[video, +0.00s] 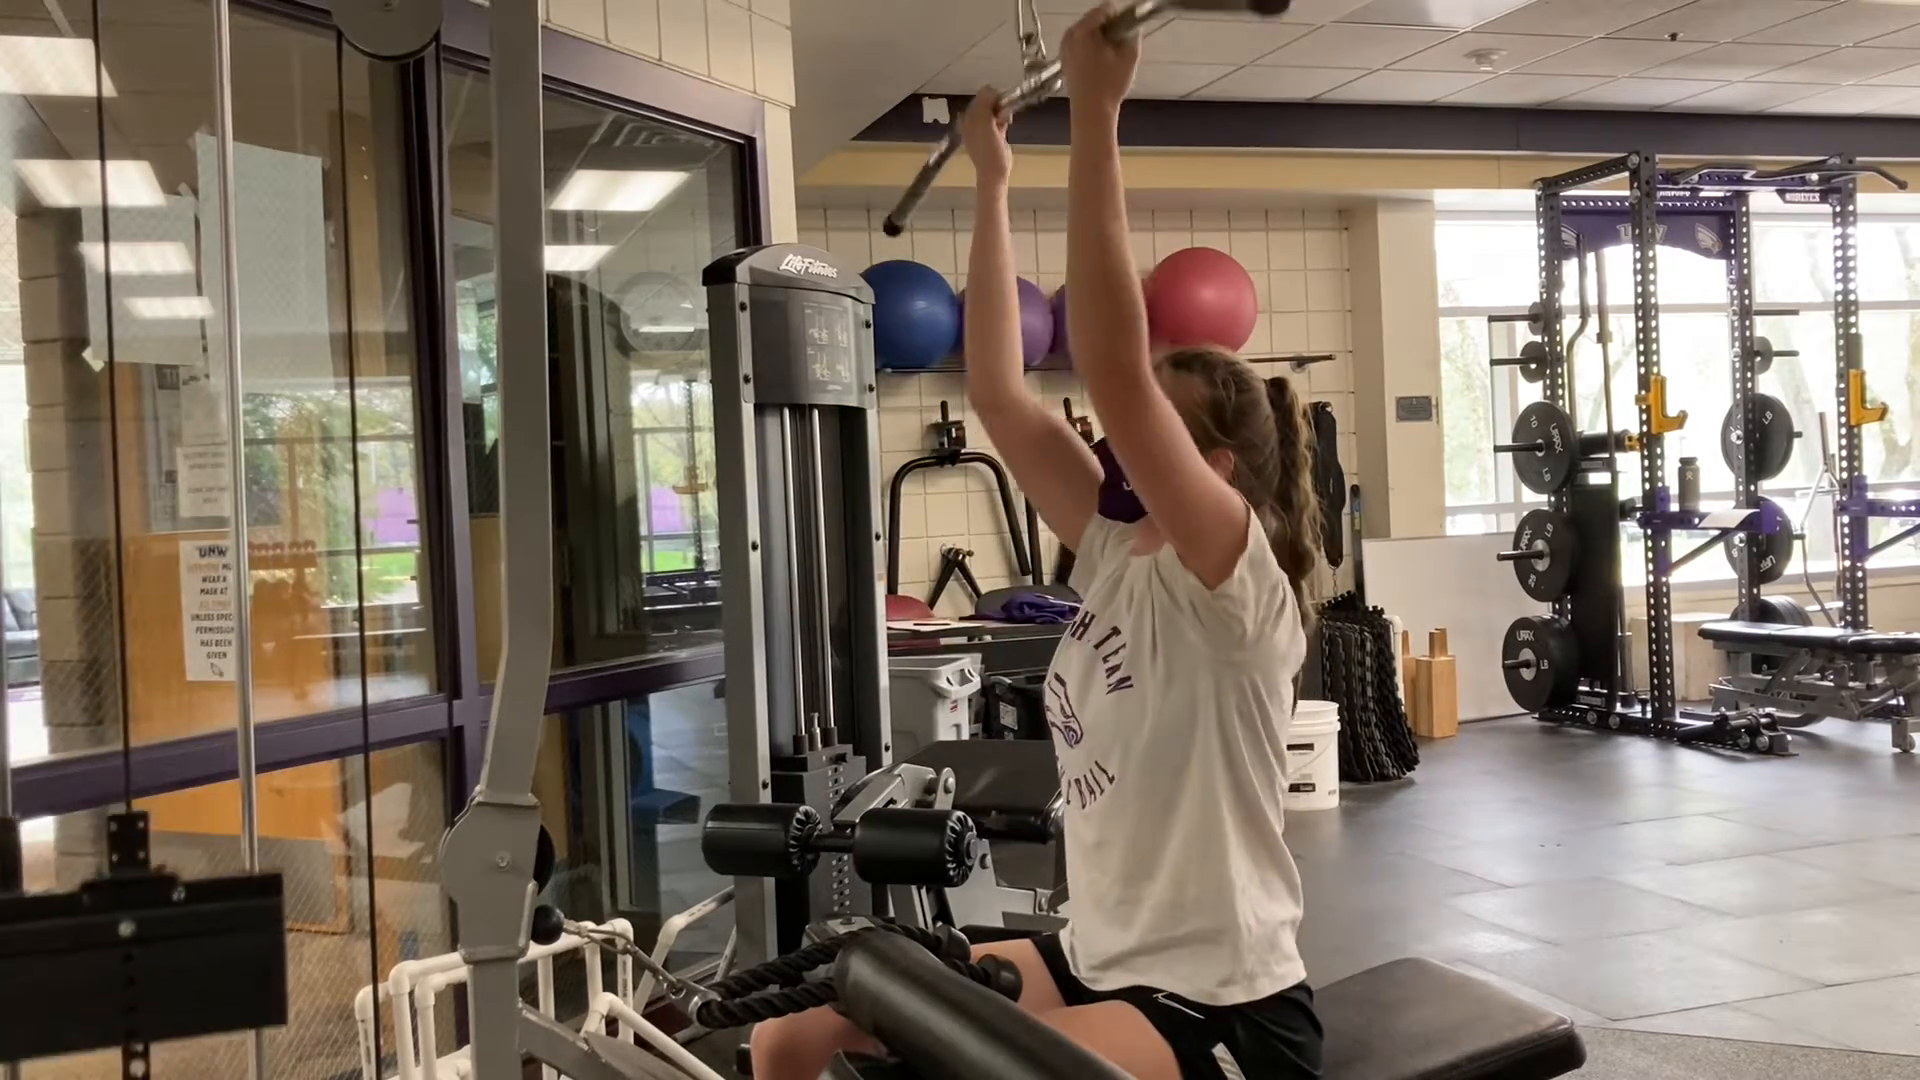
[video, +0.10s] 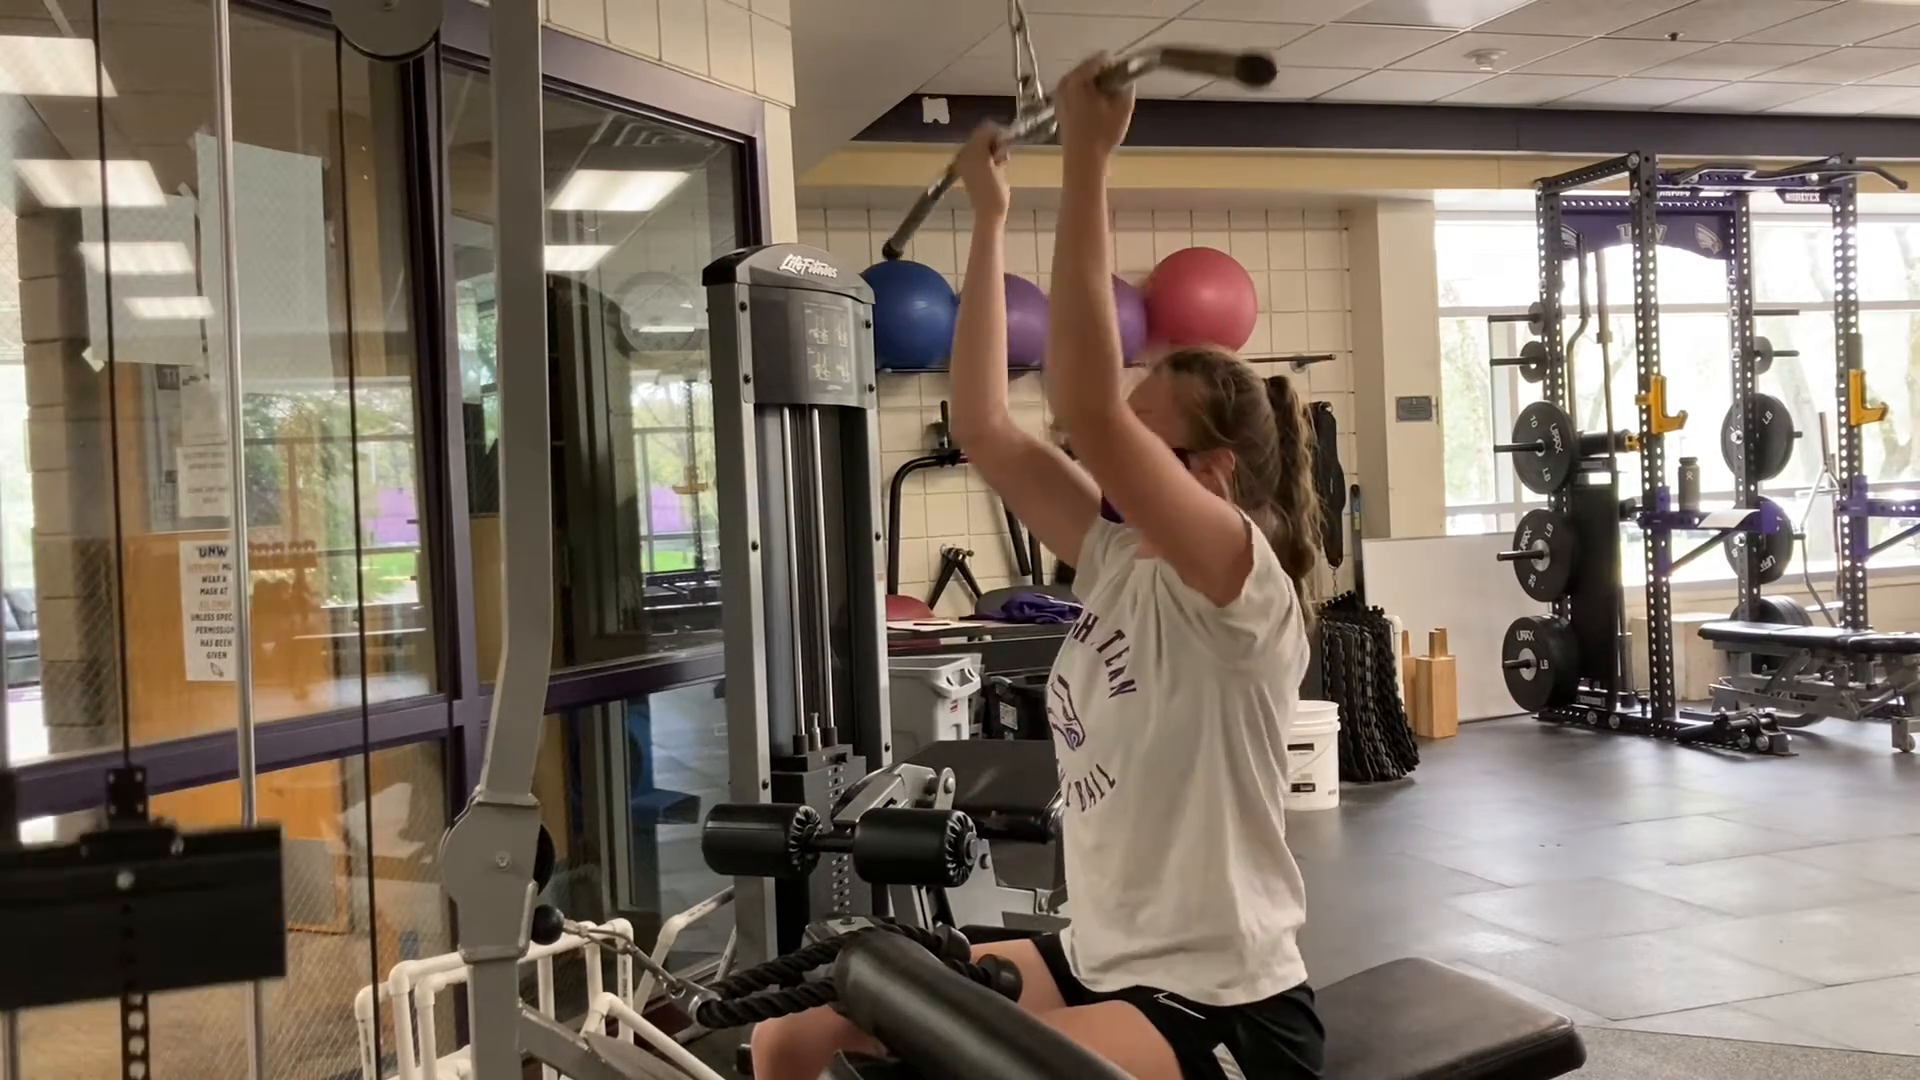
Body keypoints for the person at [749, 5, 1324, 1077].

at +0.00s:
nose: (1132, 451)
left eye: (1157, 425)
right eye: (1135, 430)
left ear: (1227, 458)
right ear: (1158, 451)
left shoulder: (1242, 576)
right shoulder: (1106, 543)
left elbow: (1117, 363)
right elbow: (1000, 392)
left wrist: (1094, 111)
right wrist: (991, 180)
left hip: (1222, 1008)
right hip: (1096, 967)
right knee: (792, 1040)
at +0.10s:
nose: (1111, 418)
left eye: (1135, 410)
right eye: (1120, 403)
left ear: (1211, 464)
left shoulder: (1241, 576)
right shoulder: (1109, 550)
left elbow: (1088, 410)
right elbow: (984, 428)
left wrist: (1086, 157)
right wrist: (987, 214)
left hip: (1222, 1007)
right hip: (1095, 963)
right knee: (790, 1039)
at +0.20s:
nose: (1118, 465)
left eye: (1142, 449)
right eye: (1118, 442)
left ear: (1215, 473)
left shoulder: (1245, 581)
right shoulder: (1109, 558)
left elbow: (1075, 444)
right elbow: (972, 453)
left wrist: (1081, 198)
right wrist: (985, 247)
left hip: (1222, 1003)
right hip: (1092, 959)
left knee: (971, 1070)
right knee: (791, 1036)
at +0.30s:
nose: (1112, 467)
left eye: (1140, 452)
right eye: (1112, 442)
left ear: (1216, 475)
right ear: (1097, 433)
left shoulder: (1246, 585)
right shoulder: (1108, 570)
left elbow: (1066, 503)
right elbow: (952, 500)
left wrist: (1075, 265)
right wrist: (981, 306)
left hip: (1226, 1004)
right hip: (1097, 960)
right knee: (790, 1037)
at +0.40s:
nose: (1107, 465)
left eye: (1138, 449)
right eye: (1111, 445)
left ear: (1219, 475)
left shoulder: (1250, 588)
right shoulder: (1114, 577)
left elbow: (1063, 566)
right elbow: (944, 561)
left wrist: (1074, 337)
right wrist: (974, 375)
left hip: (1225, 1006)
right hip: (1094, 960)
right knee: (795, 1033)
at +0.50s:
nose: (1110, 460)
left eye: (1142, 445)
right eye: (1112, 440)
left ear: (1217, 476)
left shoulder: (1254, 598)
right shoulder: (1105, 586)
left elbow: (1059, 655)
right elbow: (949, 637)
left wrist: (1075, 431)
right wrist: (970, 455)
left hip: (1225, 1004)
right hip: (1096, 962)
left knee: (949, 1061)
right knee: (791, 1037)